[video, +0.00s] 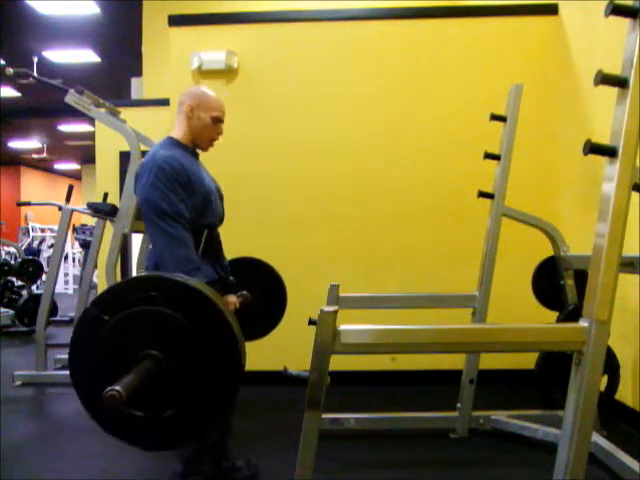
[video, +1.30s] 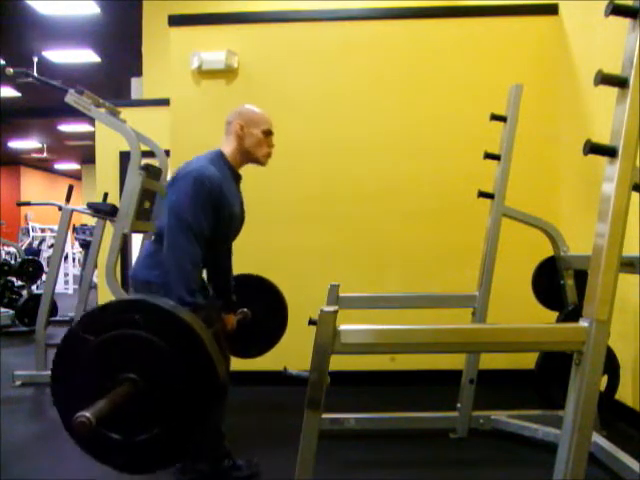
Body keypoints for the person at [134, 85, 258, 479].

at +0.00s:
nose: (221, 131)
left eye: (222, 123)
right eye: (216, 121)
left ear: (192, 115)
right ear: (190, 114)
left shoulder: (187, 161)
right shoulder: (163, 163)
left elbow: (203, 240)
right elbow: (173, 247)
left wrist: (227, 284)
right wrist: (214, 295)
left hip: (200, 296)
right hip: (180, 300)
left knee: (216, 377)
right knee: (201, 380)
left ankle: (212, 459)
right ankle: (203, 462)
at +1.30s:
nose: (272, 142)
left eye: (272, 135)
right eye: (266, 134)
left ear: (244, 135)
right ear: (238, 131)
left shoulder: (227, 182)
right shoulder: (200, 175)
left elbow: (218, 253)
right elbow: (181, 250)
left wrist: (227, 306)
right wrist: (203, 310)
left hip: (189, 292)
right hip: (160, 292)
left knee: (211, 372)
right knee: (196, 376)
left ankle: (209, 455)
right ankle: (199, 459)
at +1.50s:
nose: (289, 168)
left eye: (289, 160)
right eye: (283, 159)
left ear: (257, 157)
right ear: (256, 155)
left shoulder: (238, 202)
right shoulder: (211, 195)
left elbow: (225, 269)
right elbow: (188, 271)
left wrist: (231, 319)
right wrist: (203, 331)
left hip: (178, 289)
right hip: (152, 287)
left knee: (188, 372)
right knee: (164, 375)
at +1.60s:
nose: (296, 178)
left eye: (296, 171)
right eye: (291, 170)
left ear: (265, 169)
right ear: (264, 166)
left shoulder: (243, 211)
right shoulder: (216, 202)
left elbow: (228, 279)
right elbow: (193, 278)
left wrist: (232, 327)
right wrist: (205, 338)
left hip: (175, 288)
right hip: (151, 285)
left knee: (182, 373)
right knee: (161, 374)